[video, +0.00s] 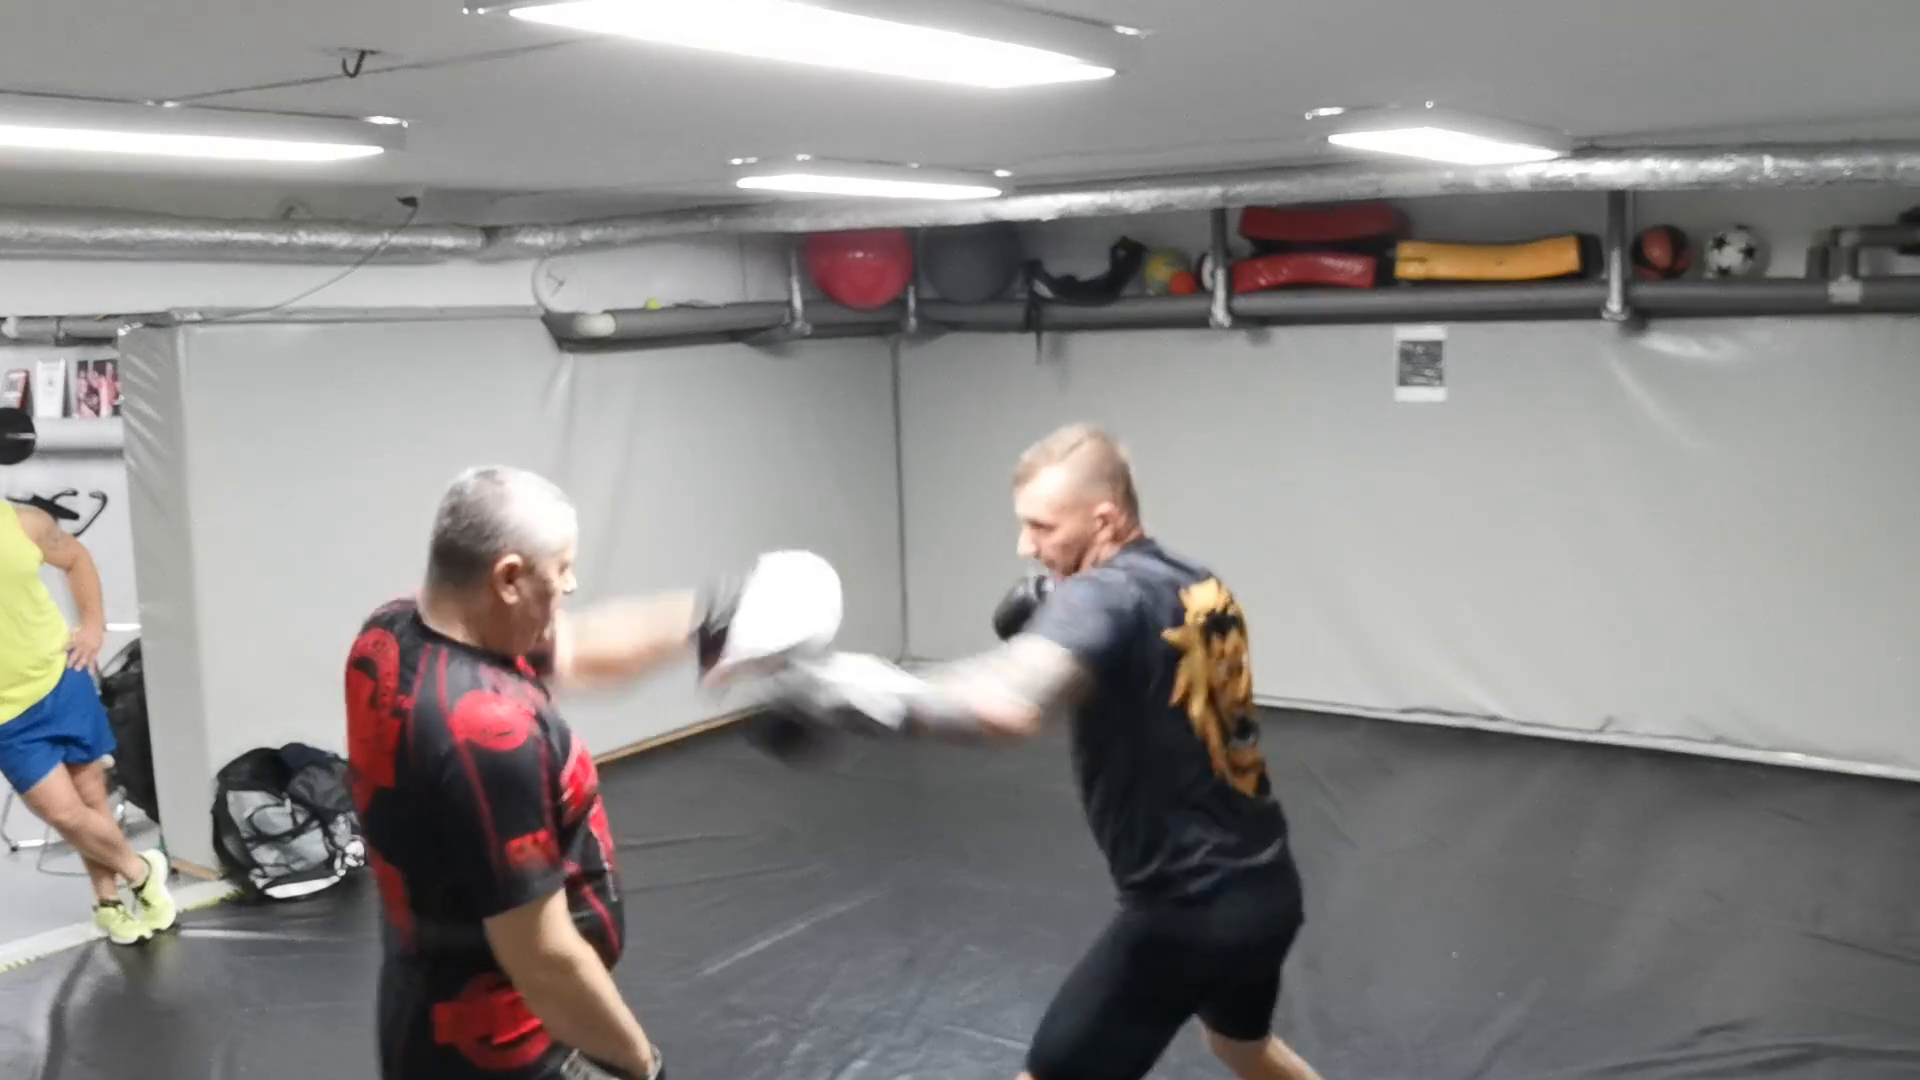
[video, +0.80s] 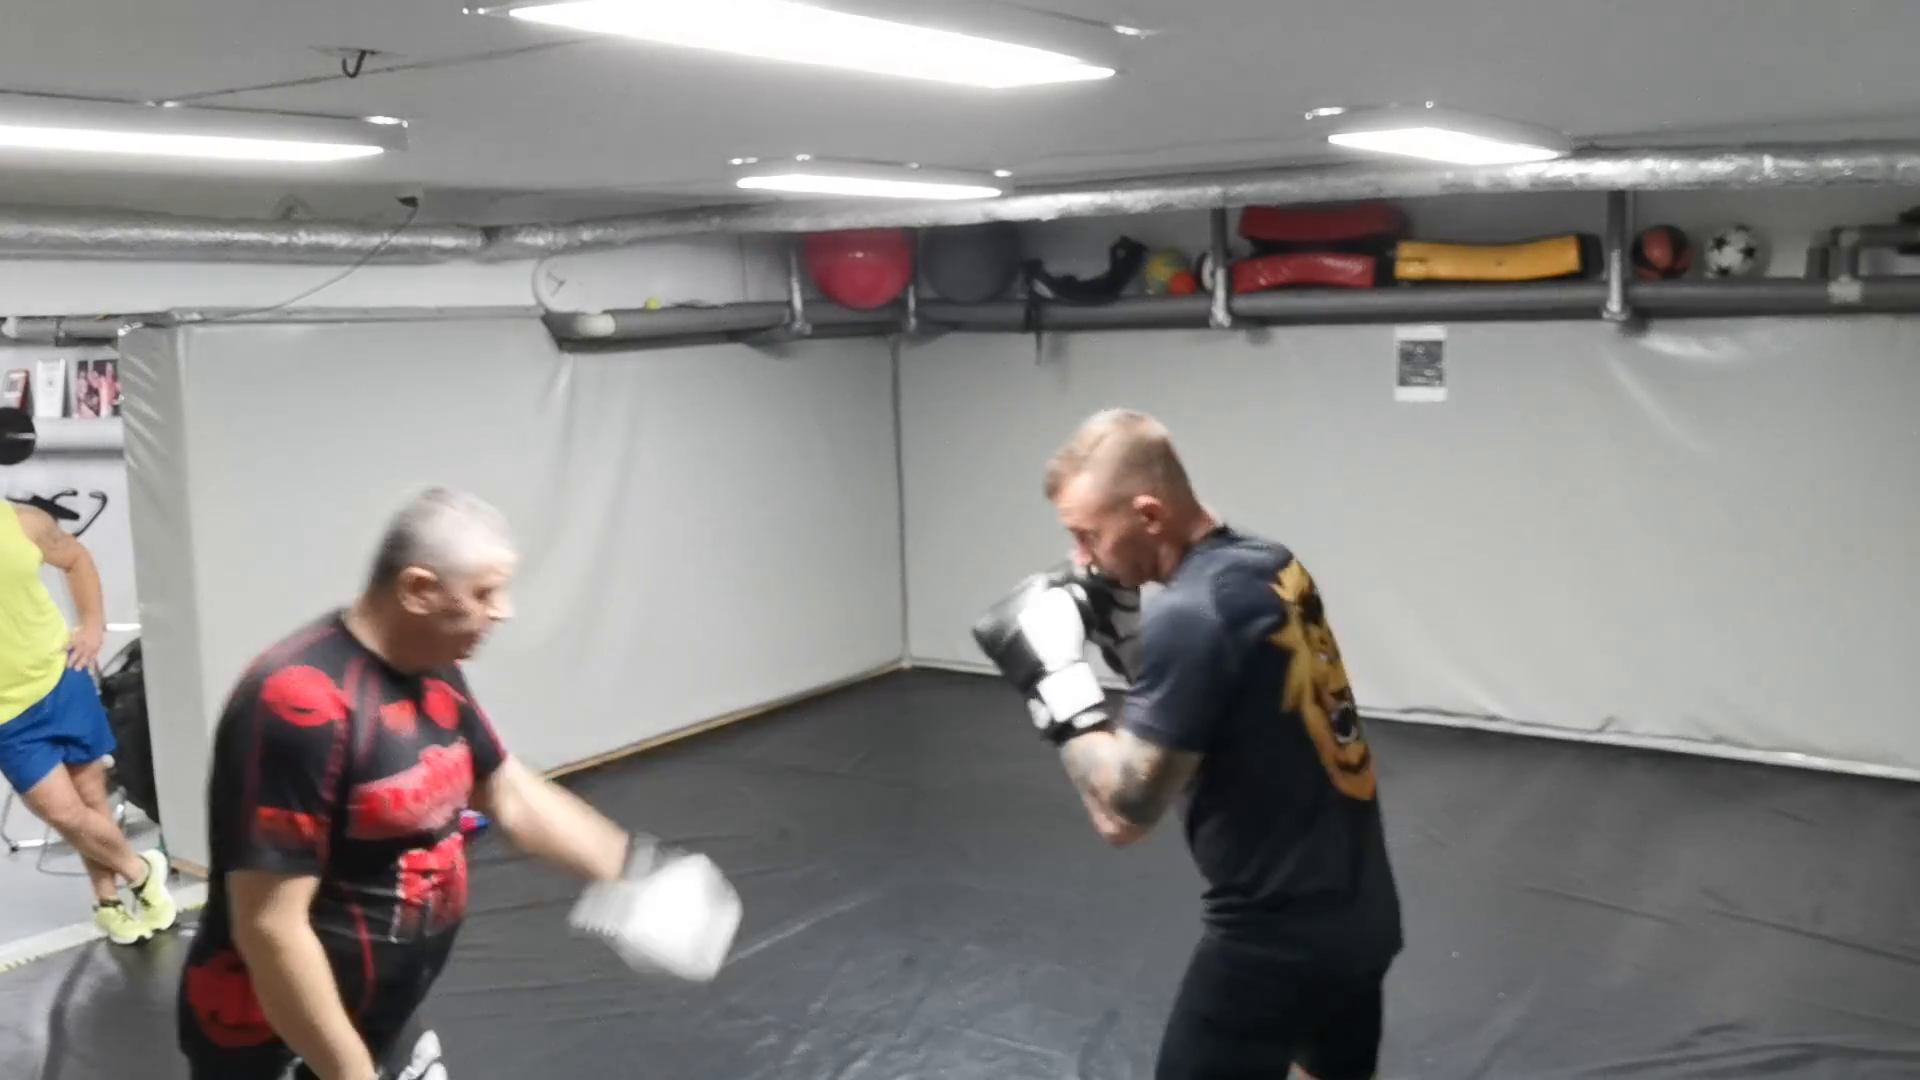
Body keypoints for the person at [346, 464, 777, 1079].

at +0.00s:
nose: (570, 589)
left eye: (569, 572)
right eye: (562, 574)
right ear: (508, 581)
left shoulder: (391, 635)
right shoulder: (488, 733)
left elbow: (576, 648)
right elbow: (542, 956)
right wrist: (643, 1062)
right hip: (512, 1048)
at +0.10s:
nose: (572, 606)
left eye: (570, 588)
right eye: (563, 588)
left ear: (499, 598)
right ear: (502, 598)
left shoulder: (399, 659)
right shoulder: (456, 750)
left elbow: (525, 779)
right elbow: (511, 966)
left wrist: (654, 759)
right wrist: (620, 1068)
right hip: (480, 1060)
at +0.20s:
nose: (570, 612)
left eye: (569, 593)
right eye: (560, 593)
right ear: (501, 600)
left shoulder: (425, 661)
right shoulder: (428, 751)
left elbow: (499, 819)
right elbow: (464, 982)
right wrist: (582, 1071)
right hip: (435, 1061)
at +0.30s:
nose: (573, 609)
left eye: (572, 589)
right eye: (562, 591)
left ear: (499, 595)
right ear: (501, 594)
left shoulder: (428, 658)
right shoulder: (420, 737)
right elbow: (427, 974)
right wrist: (525, 1069)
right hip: (401, 1057)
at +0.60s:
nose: (567, 630)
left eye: (567, 609)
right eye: (555, 610)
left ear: (491, 609)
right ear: (491, 608)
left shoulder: (468, 685)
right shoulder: (366, 718)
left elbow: (469, 866)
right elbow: (327, 944)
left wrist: (529, 979)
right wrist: (415, 1072)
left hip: (416, 1033)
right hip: (322, 1055)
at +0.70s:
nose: (548, 633)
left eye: (548, 612)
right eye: (533, 613)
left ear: (470, 611)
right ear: (469, 609)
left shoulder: (466, 685)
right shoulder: (337, 712)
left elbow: (499, 835)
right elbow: (297, 931)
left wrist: (576, 977)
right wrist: (381, 1072)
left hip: (403, 1030)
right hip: (291, 1048)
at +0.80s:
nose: (501, 615)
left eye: (502, 592)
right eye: (485, 594)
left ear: (420, 592)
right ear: (418, 590)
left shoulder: (432, 676)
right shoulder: (295, 704)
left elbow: (517, 796)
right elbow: (269, 925)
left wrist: (640, 873)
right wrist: (352, 1070)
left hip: (385, 1029)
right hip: (278, 1051)